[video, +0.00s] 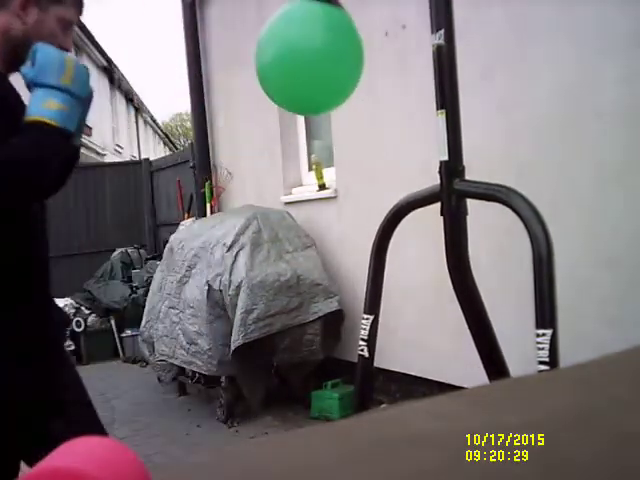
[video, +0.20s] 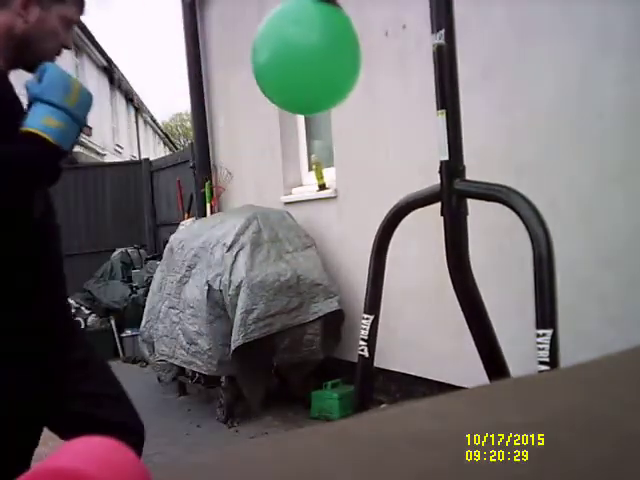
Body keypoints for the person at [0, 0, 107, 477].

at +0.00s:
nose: (70, 45)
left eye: (73, 29)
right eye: (66, 25)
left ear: (26, 13)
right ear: (24, 10)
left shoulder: (12, 93)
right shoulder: (1, 95)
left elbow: (37, 182)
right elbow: (24, 186)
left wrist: (59, 115)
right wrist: (51, 115)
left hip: (25, 324)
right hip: (13, 329)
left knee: (86, 461)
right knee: (83, 460)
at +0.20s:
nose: (67, 44)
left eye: (73, 28)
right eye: (67, 23)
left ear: (26, 12)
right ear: (26, 9)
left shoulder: (9, 97)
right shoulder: (0, 96)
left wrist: (46, 134)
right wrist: (42, 134)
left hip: (35, 318)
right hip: (19, 324)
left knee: (115, 435)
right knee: (114, 434)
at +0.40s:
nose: (93, 29)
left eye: (97, 18)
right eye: (93, 14)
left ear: (49, 7)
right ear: (57, 5)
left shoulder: (26, 74)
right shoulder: (11, 73)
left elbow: (66, 171)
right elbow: (64, 172)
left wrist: (87, 81)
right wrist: (99, 84)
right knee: (117, 443)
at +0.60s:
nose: (132, 53)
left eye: (137, 40)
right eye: (132, 35)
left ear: (96, 18)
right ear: (97, 16)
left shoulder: (40, 80)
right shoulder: (34, 82)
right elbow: (101, 189)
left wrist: (115, 122)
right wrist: (140, 118)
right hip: (61, 335)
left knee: (153, 447)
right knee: (80, 466)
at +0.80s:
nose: (128, 44)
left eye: (134, 31)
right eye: (129, 27)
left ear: (89, 12)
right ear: (90, 11)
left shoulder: (48, 77)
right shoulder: (22, 71)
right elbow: (99, 176)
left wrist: (122, 94)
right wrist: (134, 89)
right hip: (50, 334)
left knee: (162, 443)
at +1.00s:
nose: (128, 38)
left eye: (132, 24)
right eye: (128, 20)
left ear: (86, 10)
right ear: (87, 7)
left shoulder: (50, 79)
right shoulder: (18, 71)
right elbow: (91, 178)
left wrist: (119, 91)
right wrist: (129, 87)